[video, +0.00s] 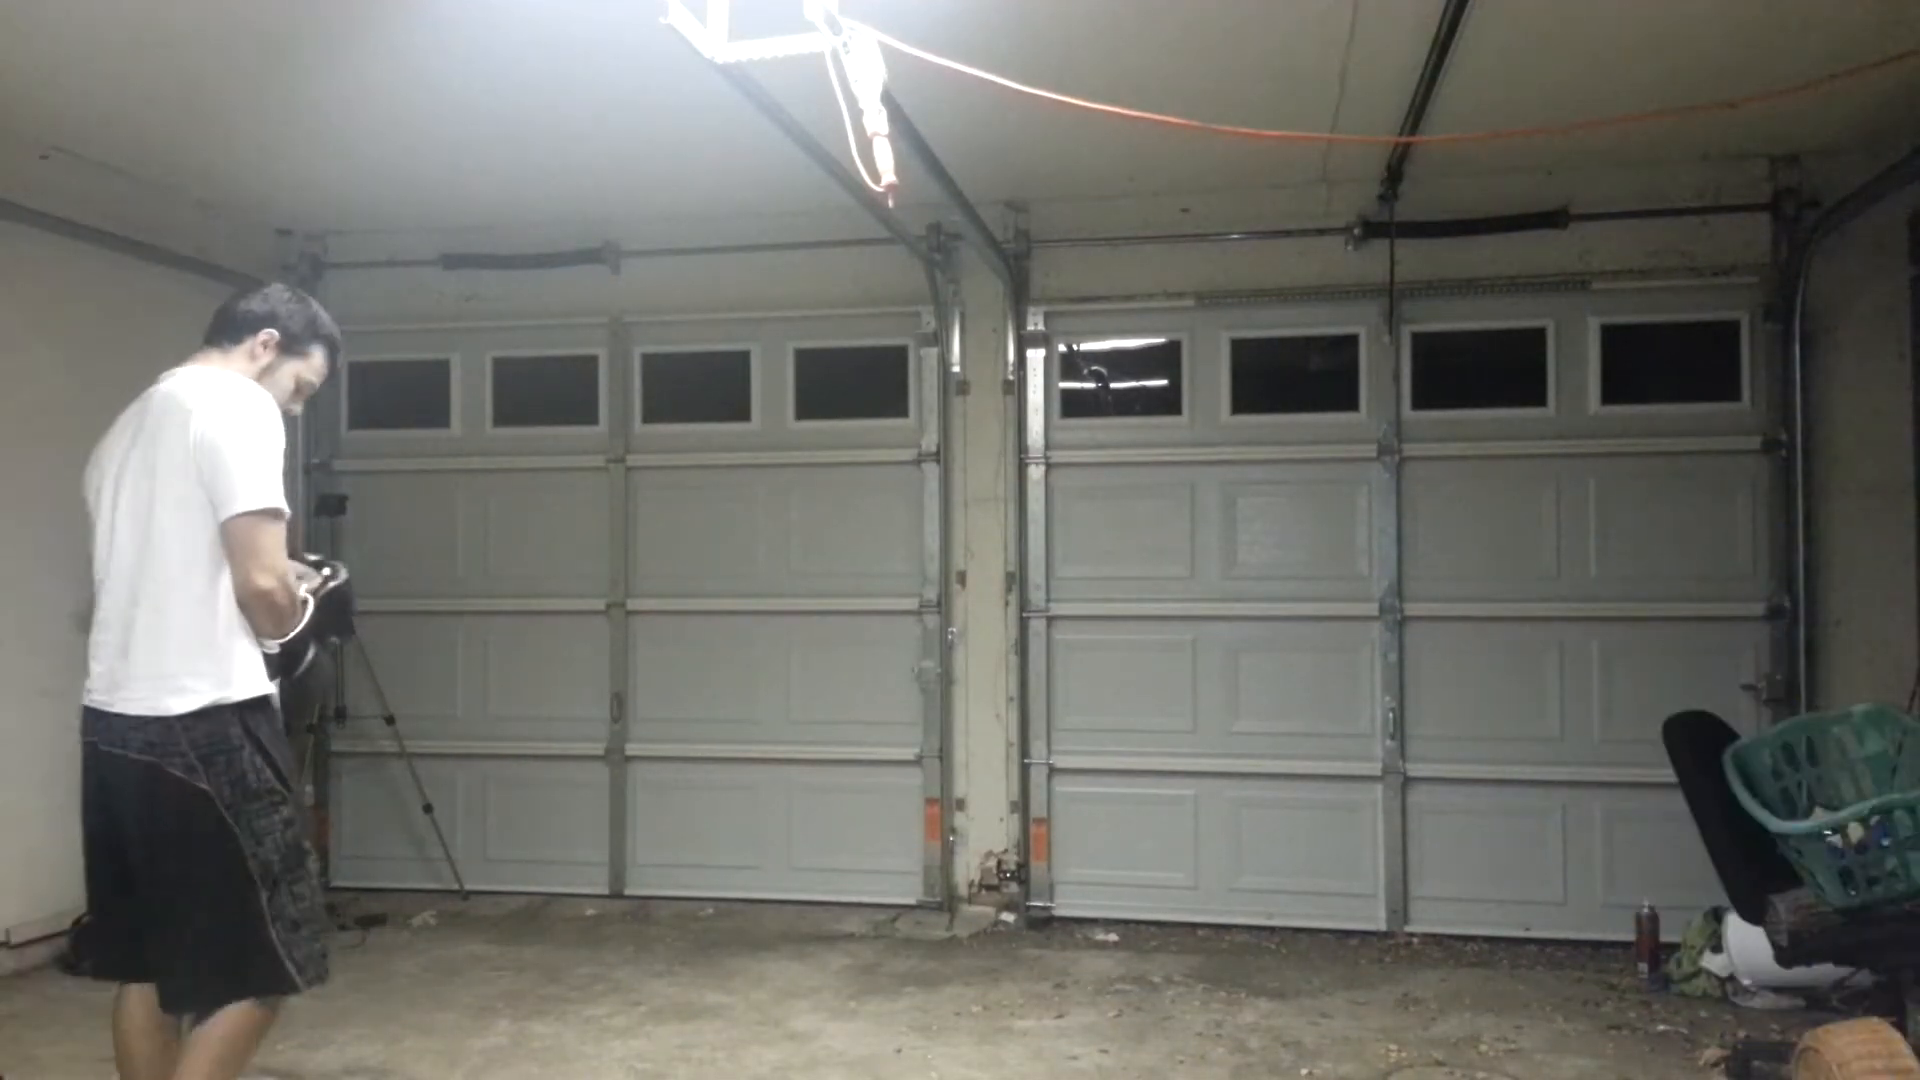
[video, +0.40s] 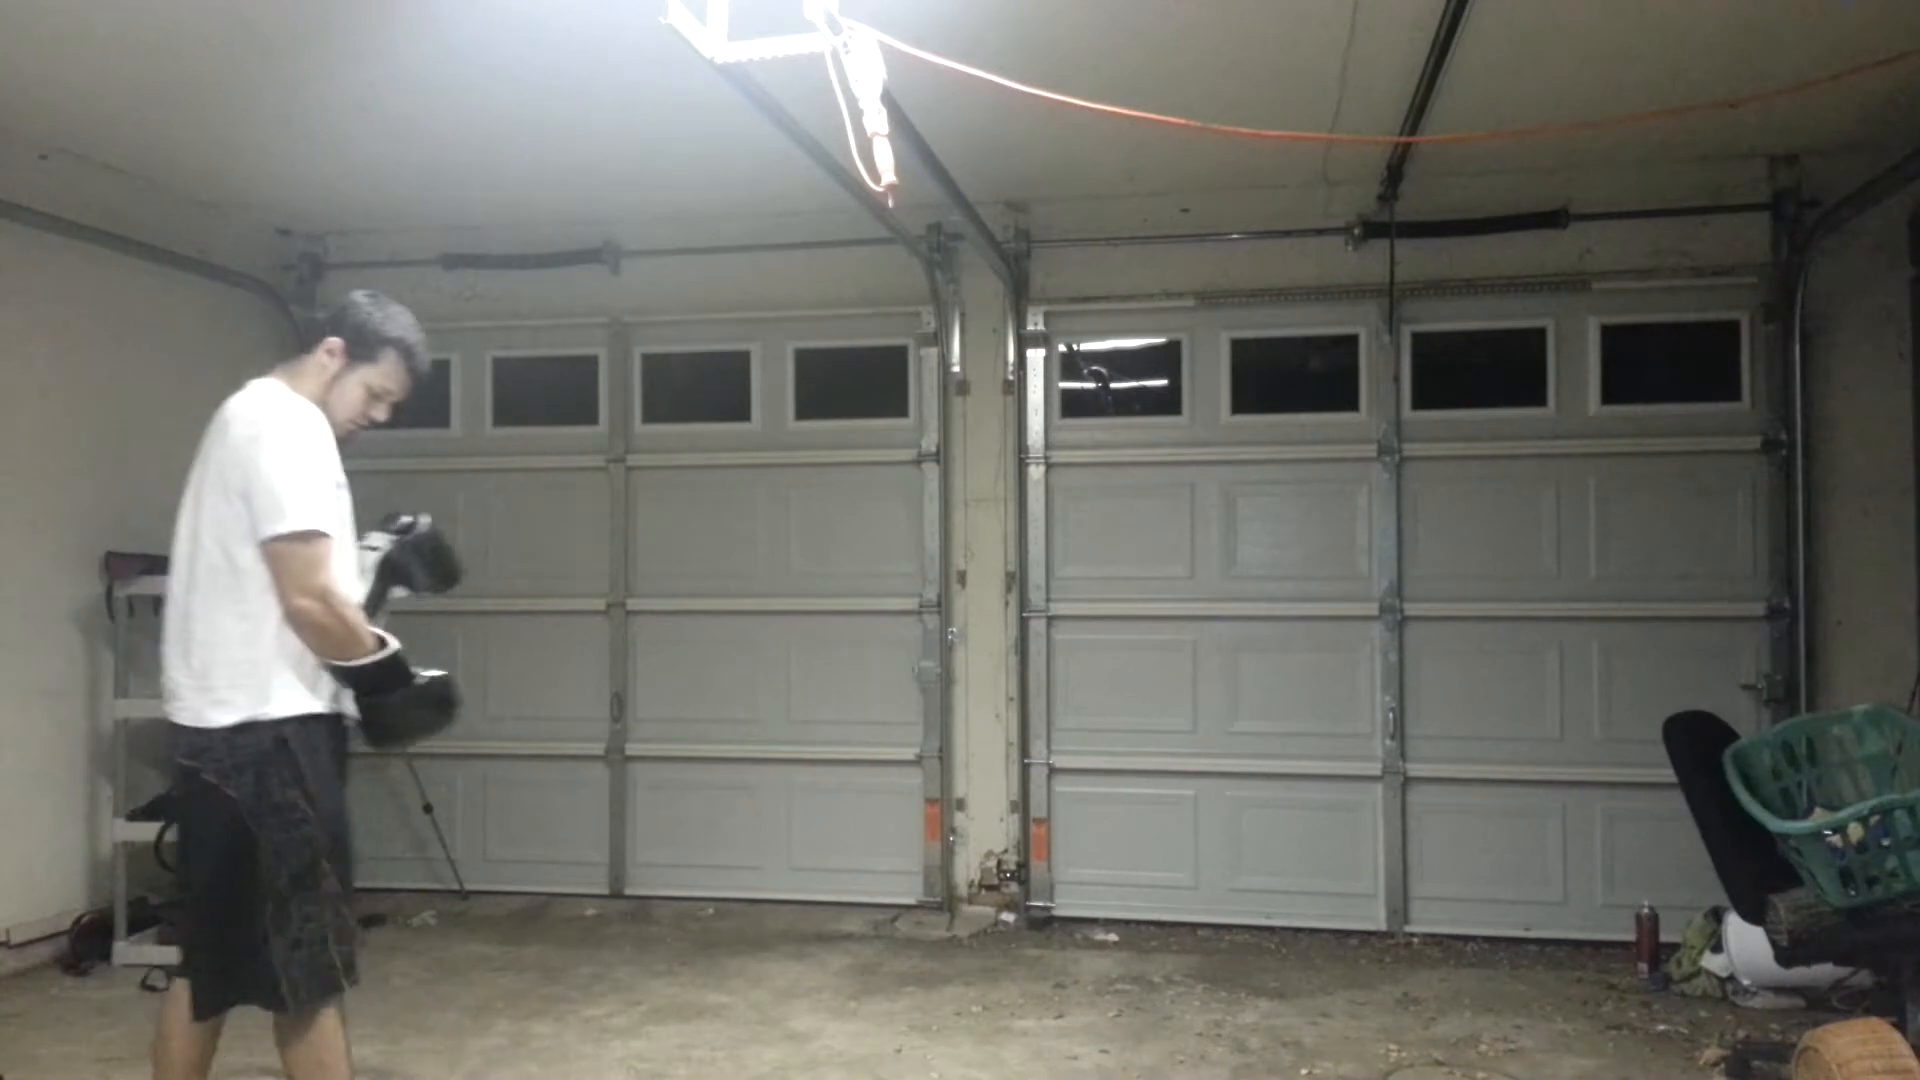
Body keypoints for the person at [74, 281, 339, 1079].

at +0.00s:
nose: (294, 408)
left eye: (306, 394)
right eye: (300, 387)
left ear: (232, 342)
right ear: (265, 344)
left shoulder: (120, 430)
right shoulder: (236, 403)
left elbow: (128, 574)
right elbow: (264, 584)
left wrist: (272, 578)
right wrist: (291, 624)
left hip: (115, 726)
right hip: (204, 728)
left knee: (143, 965)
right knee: (269, 965)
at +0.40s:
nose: (375, 419)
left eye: (387, 408)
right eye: (376, 398)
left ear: (325, 360)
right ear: (332, 353)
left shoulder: (248, 414)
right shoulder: (287, 423)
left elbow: (271, 584)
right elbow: (312, 601)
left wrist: (372, 563)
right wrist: (381, 669)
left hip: (218, 731)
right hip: (270, 736)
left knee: (206, 971)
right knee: (309, 979)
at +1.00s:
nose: (524, 425)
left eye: (535, 413)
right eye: (526, 404)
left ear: (477, 362)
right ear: (481, 359)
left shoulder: (436, 422)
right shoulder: (410, 415)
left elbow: (429, 580)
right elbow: (437, 594)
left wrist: (512, 561)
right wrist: (523, 648)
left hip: (434, 729)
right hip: (378, 734)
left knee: (482, 952)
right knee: (367, 990)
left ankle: (498, 1070)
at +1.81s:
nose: (623, 373)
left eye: (636, 356)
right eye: (607, 350)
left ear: (646, 353)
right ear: (558, 333)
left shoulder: (644, 428)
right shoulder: (495, 415)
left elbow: (694, 552)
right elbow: (520, 566)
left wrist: (659, 608)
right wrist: (625, 613)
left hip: (616, 724)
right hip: (515, 723)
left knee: (592, 963)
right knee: (532, 977)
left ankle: (573, 1079)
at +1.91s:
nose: (612, 361)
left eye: (625, 343)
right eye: (595, 339)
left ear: (637, 342)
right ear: (543, 330)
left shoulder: (644, 429)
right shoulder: (483, 422)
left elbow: (694, 558)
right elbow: (511, 582)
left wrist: (657, 623)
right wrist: (634, 628)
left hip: (626, 733)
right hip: (519, 736)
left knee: (604, 974)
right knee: (535, 989)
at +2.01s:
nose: (599, 346)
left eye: (611, 327)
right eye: (579, 325)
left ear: (625, 327)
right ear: (527, 322)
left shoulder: (642, 428)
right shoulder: (471, 428)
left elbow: (686, 555)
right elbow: (470, 597)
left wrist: (674, 625)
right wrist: (606, 644)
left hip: (633, 736)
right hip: (519, 742)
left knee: (622, 964)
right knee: (536, 985)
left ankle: (576, 1078)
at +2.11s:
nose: (581, 331)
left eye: (595, 311)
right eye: (560, 312)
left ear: (613, 314)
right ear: (514, 316)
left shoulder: (641, 425)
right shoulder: (458, 435)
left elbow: (692, 551)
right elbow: (418, 604)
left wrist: (718, 606)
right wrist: (544, 670)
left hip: (636, 737)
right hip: (512, 749)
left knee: (647, 957)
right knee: (527, 994)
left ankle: (592, 1078)